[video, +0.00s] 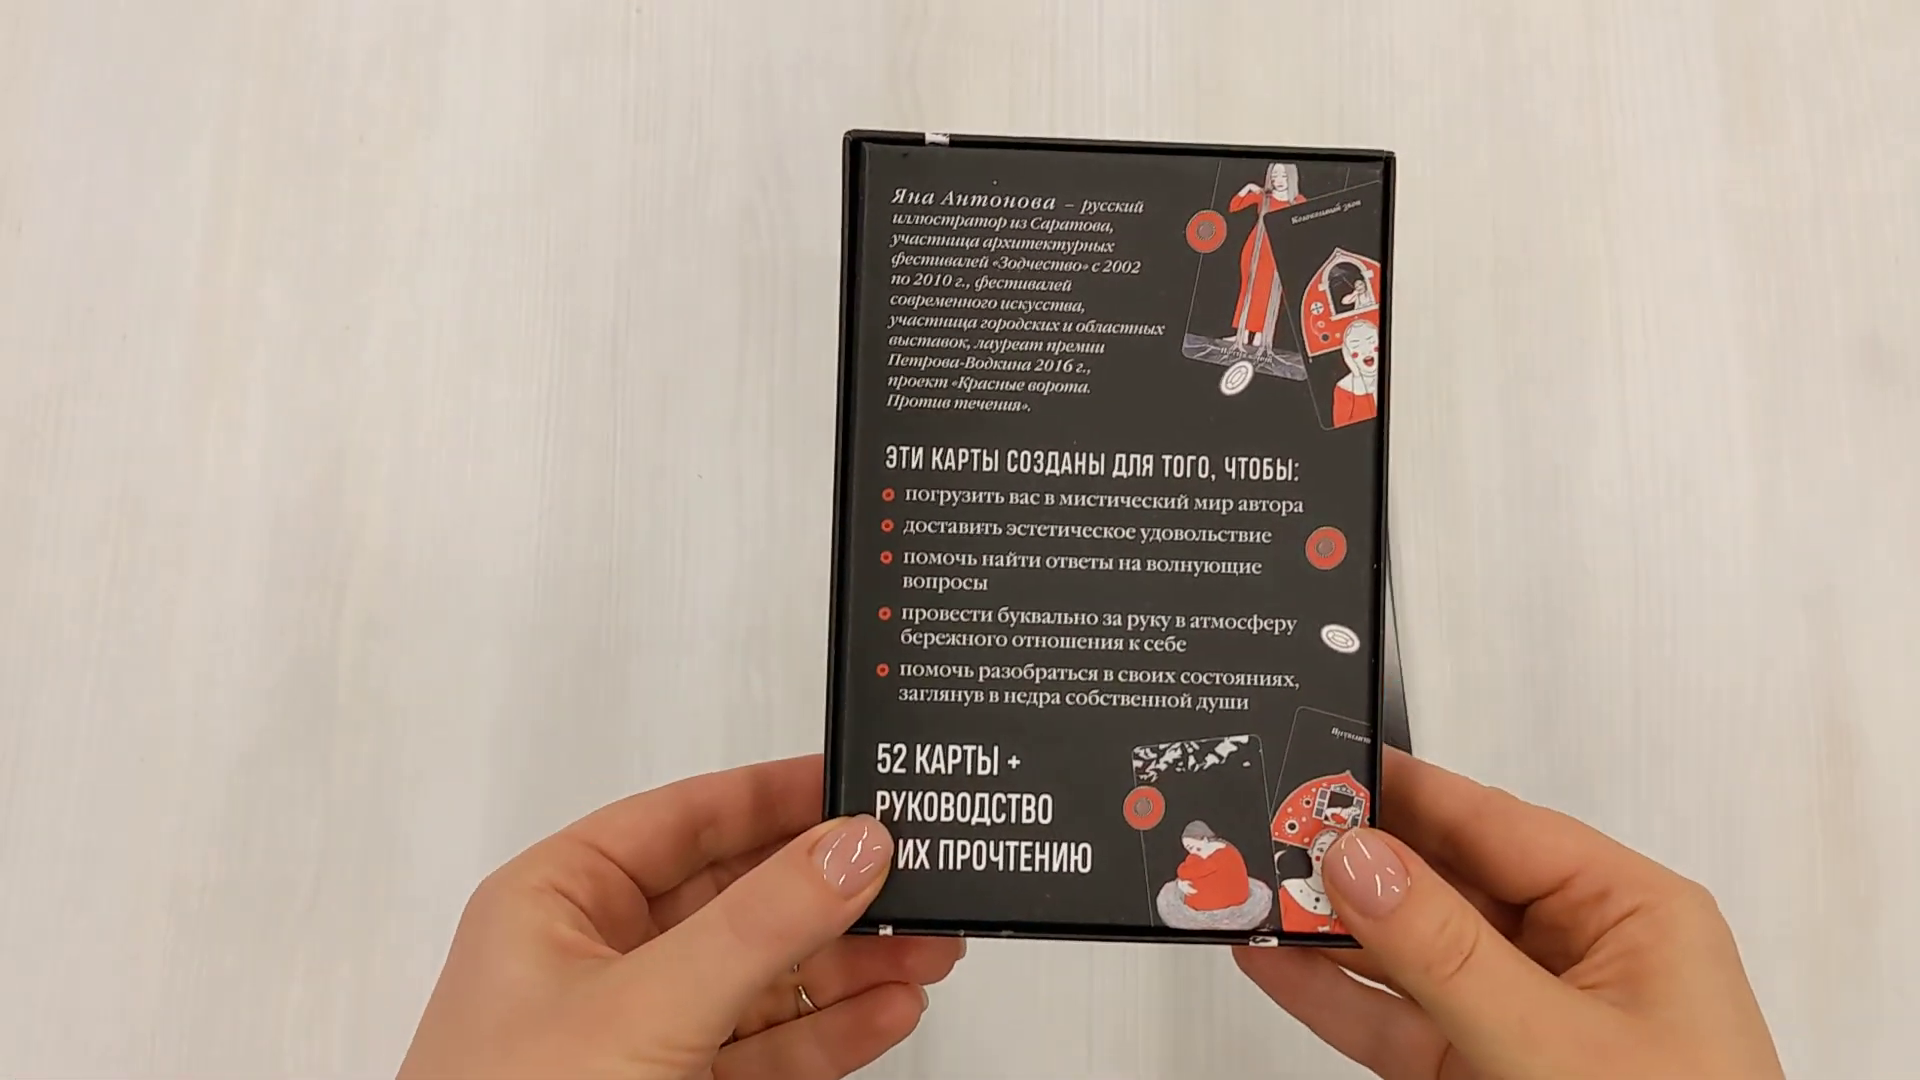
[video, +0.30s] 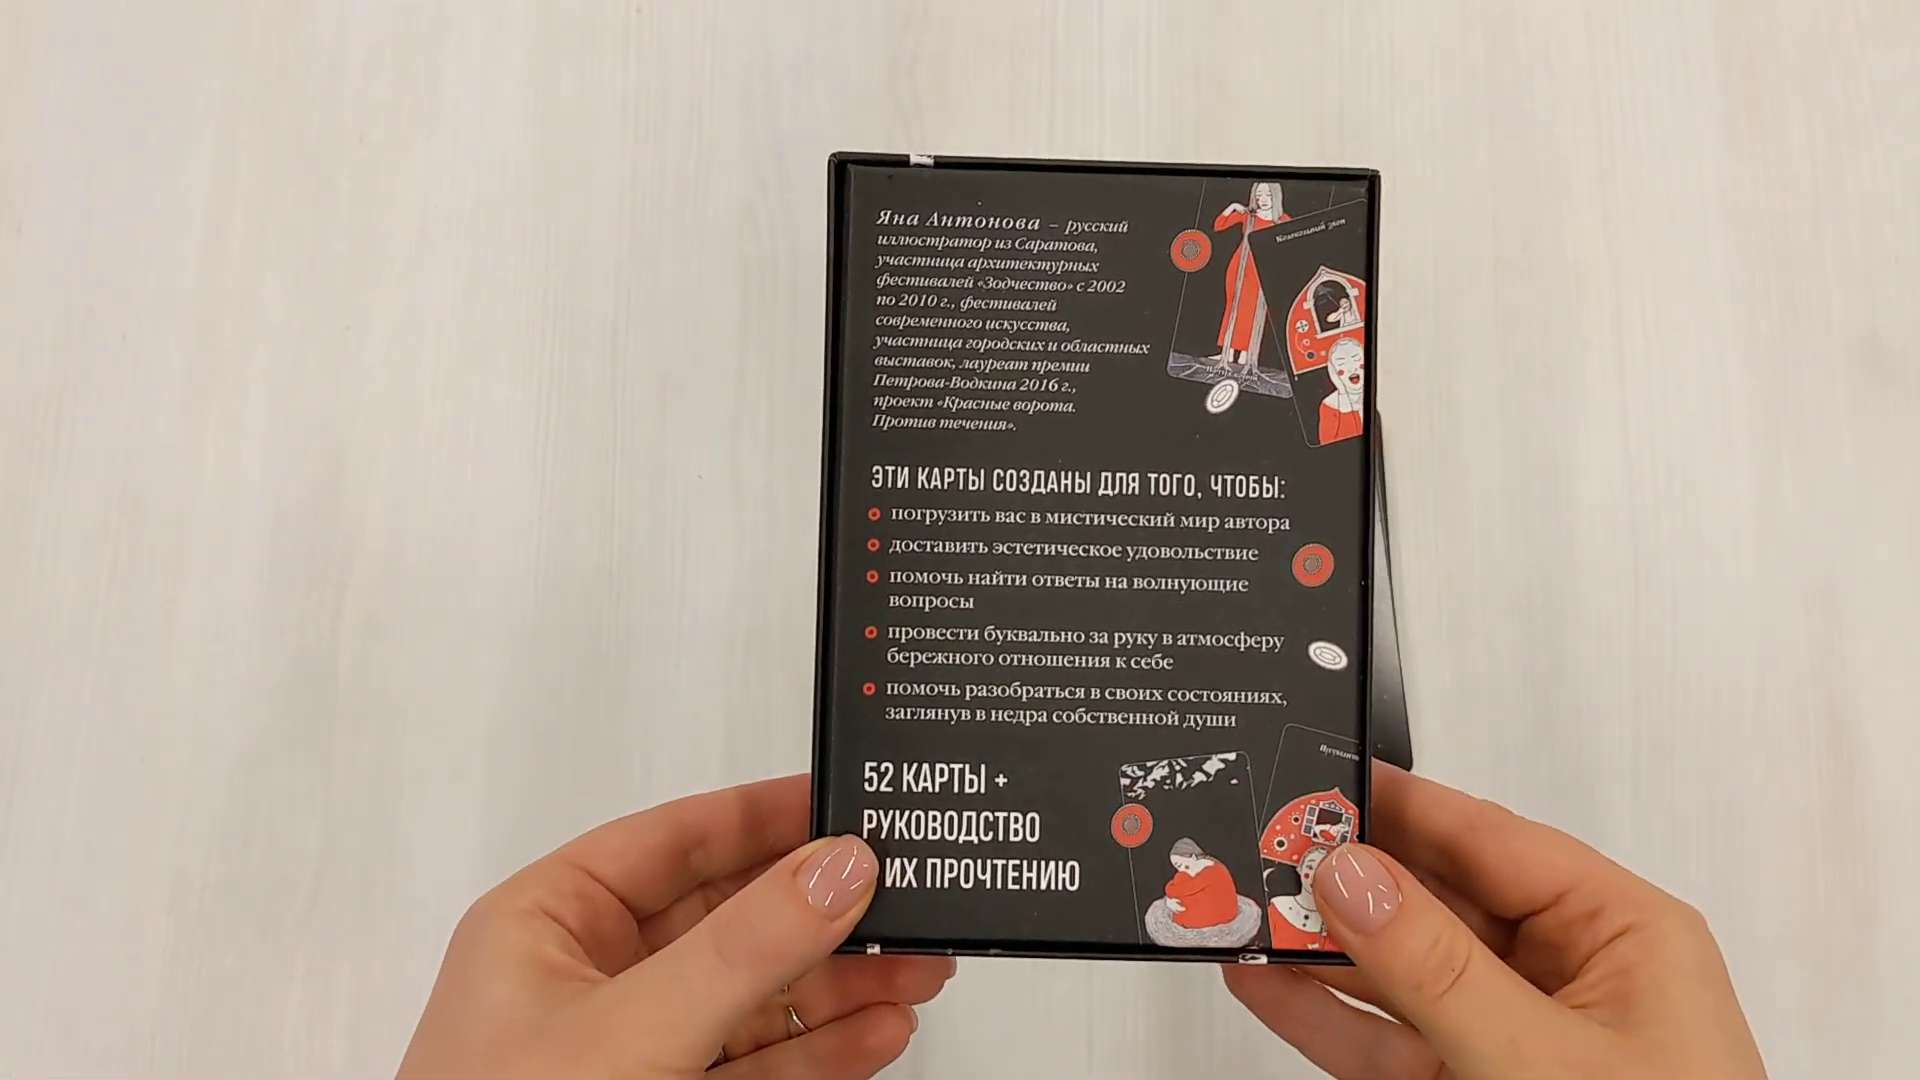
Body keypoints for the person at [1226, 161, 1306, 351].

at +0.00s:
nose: (1279, 181)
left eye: (1284, 177)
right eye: (1275, 177)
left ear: (1292, 178)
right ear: (1270, 179)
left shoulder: (1299, 203)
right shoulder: (1262, 197)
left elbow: (1306, 231)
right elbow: (1234, 207)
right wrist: (1247, 189)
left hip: (1279, 251)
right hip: (1256, 247)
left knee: (1269, 293)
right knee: (1251, 289)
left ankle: (1260, 336)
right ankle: (1242, 333)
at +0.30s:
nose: (1263, 199)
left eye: (1268, 195)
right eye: (1259, 195)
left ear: (1276, 196)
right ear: (1254, 197)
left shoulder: (1284, 222)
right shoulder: (1246, 216)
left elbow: (1291, 248)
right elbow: (1218, 226)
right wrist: (1232, 208)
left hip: (1262, 271)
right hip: (1240, 266)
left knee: (1253, 312)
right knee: (1235, 308)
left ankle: (1244, 355)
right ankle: (1226, 352)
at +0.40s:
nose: (1242, 171)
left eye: (1246, 167)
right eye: (1238, 167)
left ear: (1255, 168)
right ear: (1234, 169)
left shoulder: (1264, 191)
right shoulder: (1227, 188)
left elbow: (1275, 214)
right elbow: (1198, 201)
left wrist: (1262, 194)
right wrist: (1210, 181)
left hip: (1246, 242)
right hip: (1223, 239)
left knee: (1237, 283)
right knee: (1219, 281)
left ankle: (1231, 328)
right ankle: (1213, 326)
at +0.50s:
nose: (1232, 146)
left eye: (1235, 141)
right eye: (1227, 142)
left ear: (1244, 142)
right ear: (1223, 145)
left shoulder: (1255, 166)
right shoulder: (1216, 165)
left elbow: (1264, 193)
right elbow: (1187, 179)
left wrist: (1249, 168)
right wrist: (1200, 158)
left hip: (1238, 219)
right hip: (1215, 217)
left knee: (1232, 261)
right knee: (1212, 260)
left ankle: (1227, 308)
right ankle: (1207, 307)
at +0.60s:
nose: (1242, 129)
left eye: (1246, 124)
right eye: (1238, 125)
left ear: (1255, 125)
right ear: (1233, 129)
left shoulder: (1266, 149)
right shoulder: (1227, 149)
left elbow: (1276, 174)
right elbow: (1198, 164)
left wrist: (1261, 152)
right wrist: (1211, 142)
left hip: (1249, 205)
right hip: (1225, 203)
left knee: (1243, 250)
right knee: (1222, 248)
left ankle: (1238, 296)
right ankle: (1218, 295)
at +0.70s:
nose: (1268, 131)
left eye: (1272, 126)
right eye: (1263, 127)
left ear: (1281, 127)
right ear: (1258, 130)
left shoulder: (1291, 152)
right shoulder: (1251, 149)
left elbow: (1301, 179)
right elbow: (1221, 163)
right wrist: (1235, 142)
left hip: (1272, 206)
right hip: (1248, 203)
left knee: (1263, 249)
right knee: (1243, 247)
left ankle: (1258, 296)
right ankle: (1238, 294)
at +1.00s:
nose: (1297, 137)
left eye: (1301, 132)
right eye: (1292, 133)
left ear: (1310, 134)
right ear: (1287, 135)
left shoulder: (1319, 160)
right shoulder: (1279, 154)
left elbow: (1326, 188)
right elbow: (1249, 166)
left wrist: (1312, 163)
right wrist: (1263, 146)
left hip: (1297, 213)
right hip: (1273, 209)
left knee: (1286, 255)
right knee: (1268, 251)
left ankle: (1277, 301)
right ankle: (1258, 298)